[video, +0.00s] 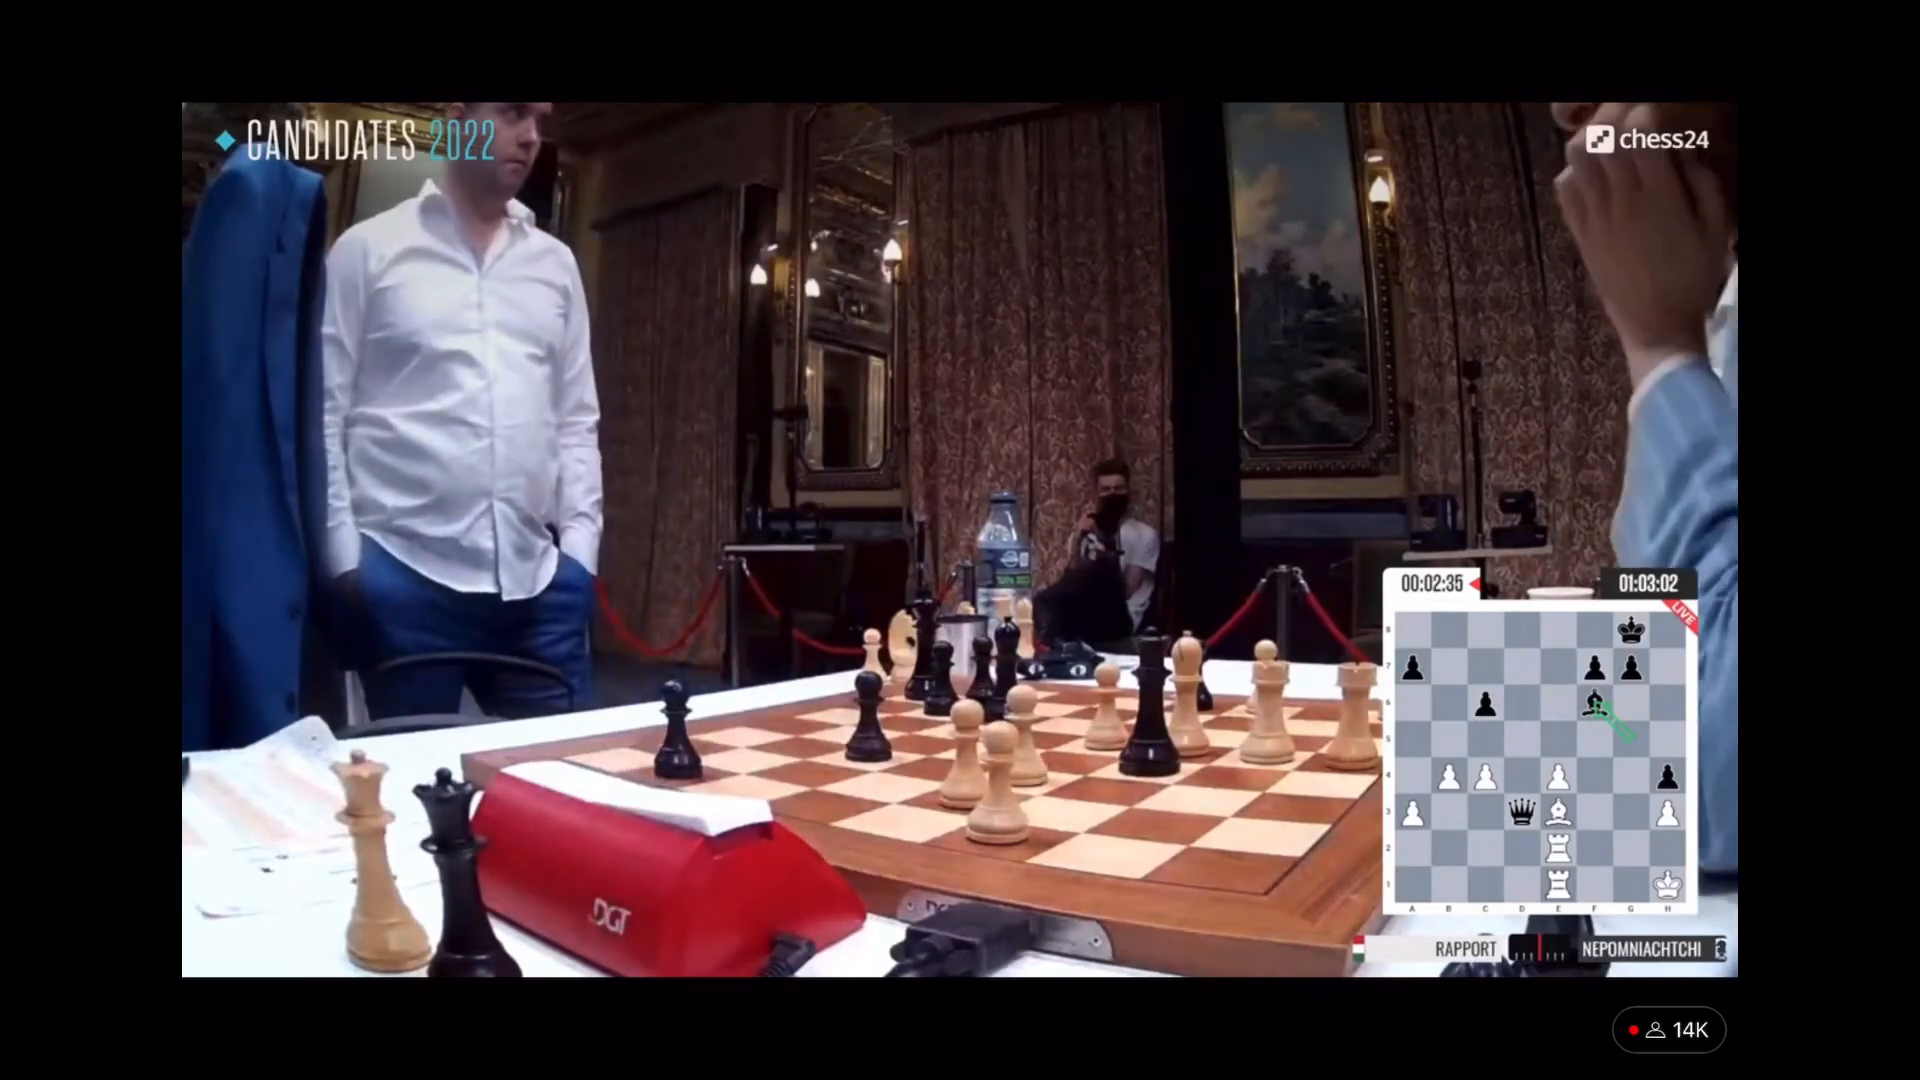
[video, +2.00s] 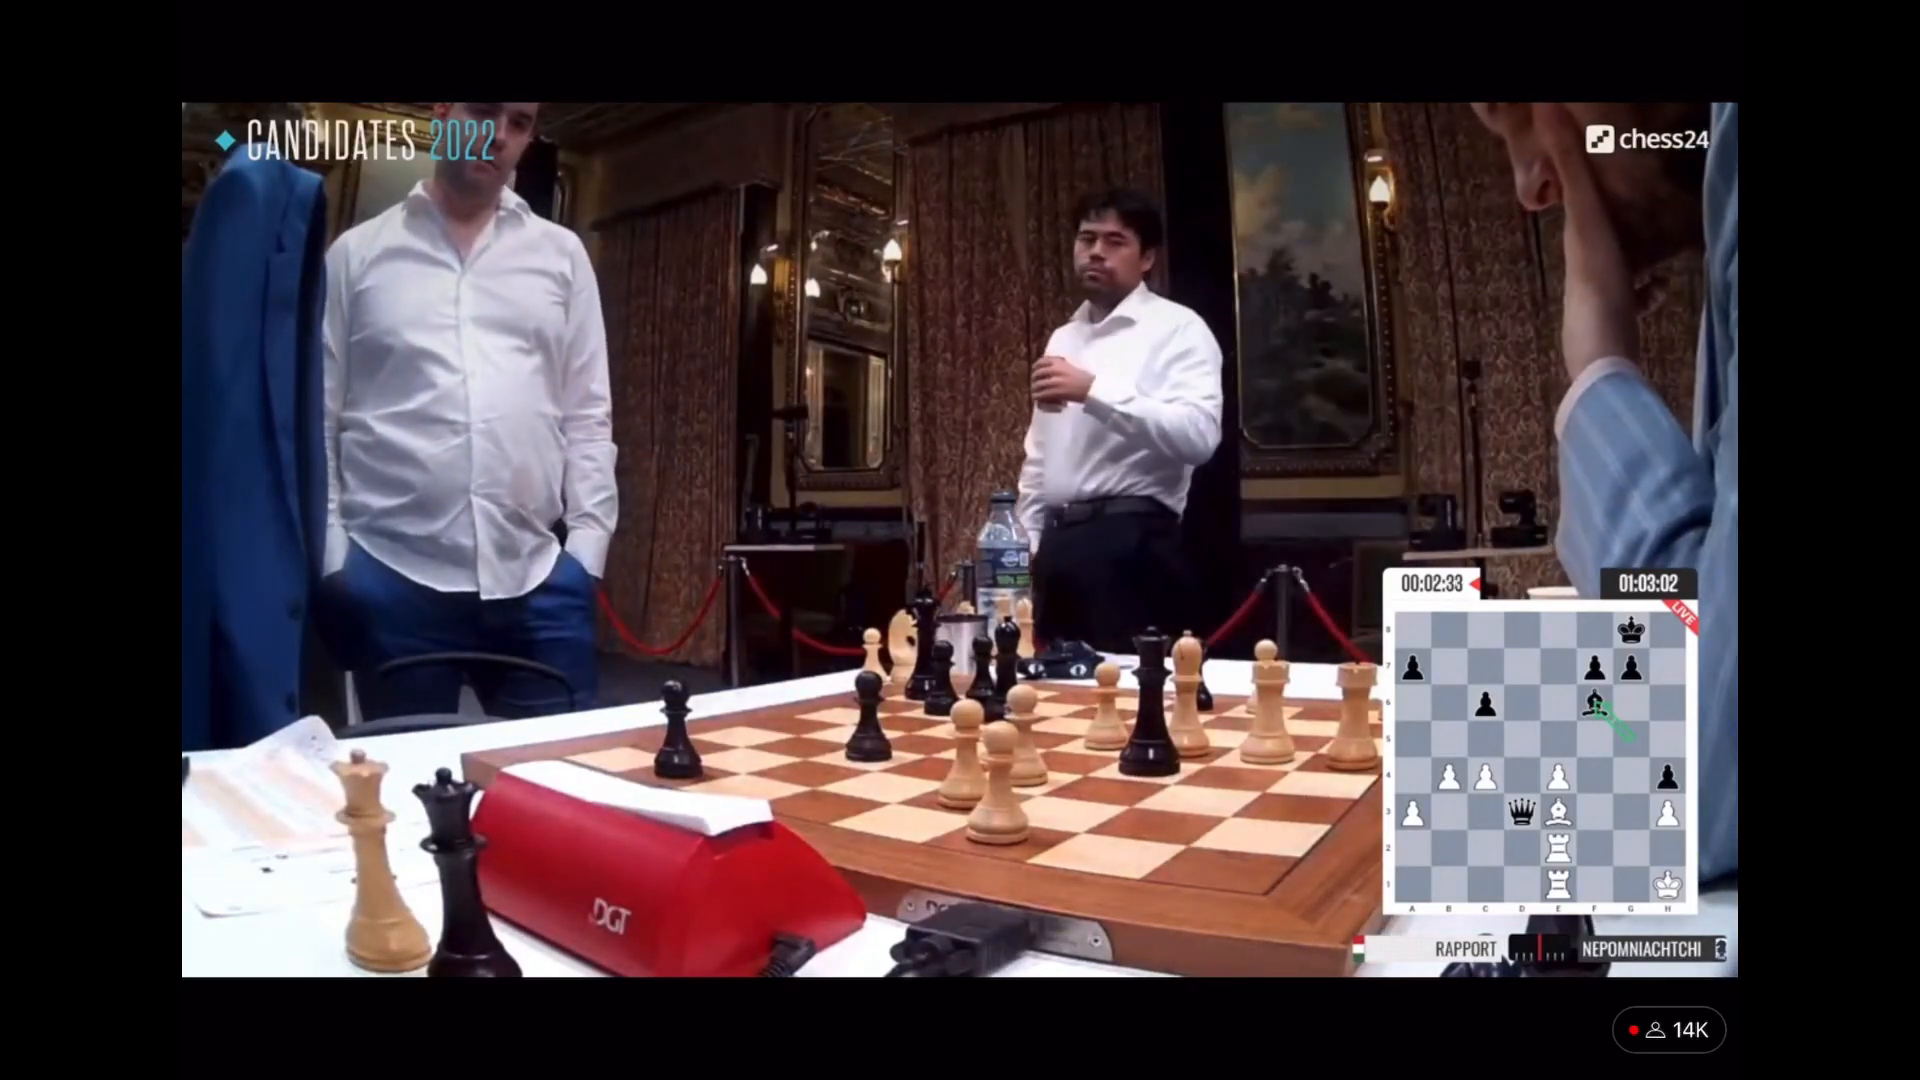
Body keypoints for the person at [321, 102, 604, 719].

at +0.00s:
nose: (533, 136)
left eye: (539, 120)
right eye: (514, 115)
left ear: (543, 133)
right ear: (458, 118)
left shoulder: (555, 263)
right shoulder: (365, 252)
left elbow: (577, 421)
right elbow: (325, 417)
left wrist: (578, 554)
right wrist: (345, 564)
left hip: (538, 583)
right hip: (404, 583)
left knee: (561, 789)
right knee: (418, 791)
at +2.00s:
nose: (495, 137)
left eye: (517, 124)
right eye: (481, 113)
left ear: (531, 140)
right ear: (440, 115)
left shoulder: (561, 254)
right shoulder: (356, 255)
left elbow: (588, 416)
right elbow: (321, 416)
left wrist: (584, 553)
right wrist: (335, 561)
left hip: (539, 583)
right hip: (394, 585)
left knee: (565, 791)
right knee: (408, 794)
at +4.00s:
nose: (497, 142)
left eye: (518, 128)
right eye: (482, 119)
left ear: (533, 142)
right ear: (442, 119)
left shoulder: (566, 257)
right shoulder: (364, 260)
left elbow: (594, 416)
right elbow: (327, 420)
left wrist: (591, 550)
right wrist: (345, 563)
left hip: (550, 583)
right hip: (405, 585)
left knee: (571, 790)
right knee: (417, 792)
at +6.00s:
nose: (492, 144)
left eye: (515, 130)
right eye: (479, 120)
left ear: (530, 145)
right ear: (442, 120)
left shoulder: (566, 259)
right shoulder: (362, 262)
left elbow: (594, 417)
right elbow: (325, 421)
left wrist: (589, 553)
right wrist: (342, 562)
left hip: (548, 584)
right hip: (402, 586)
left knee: (570, 789)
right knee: (414, 793)